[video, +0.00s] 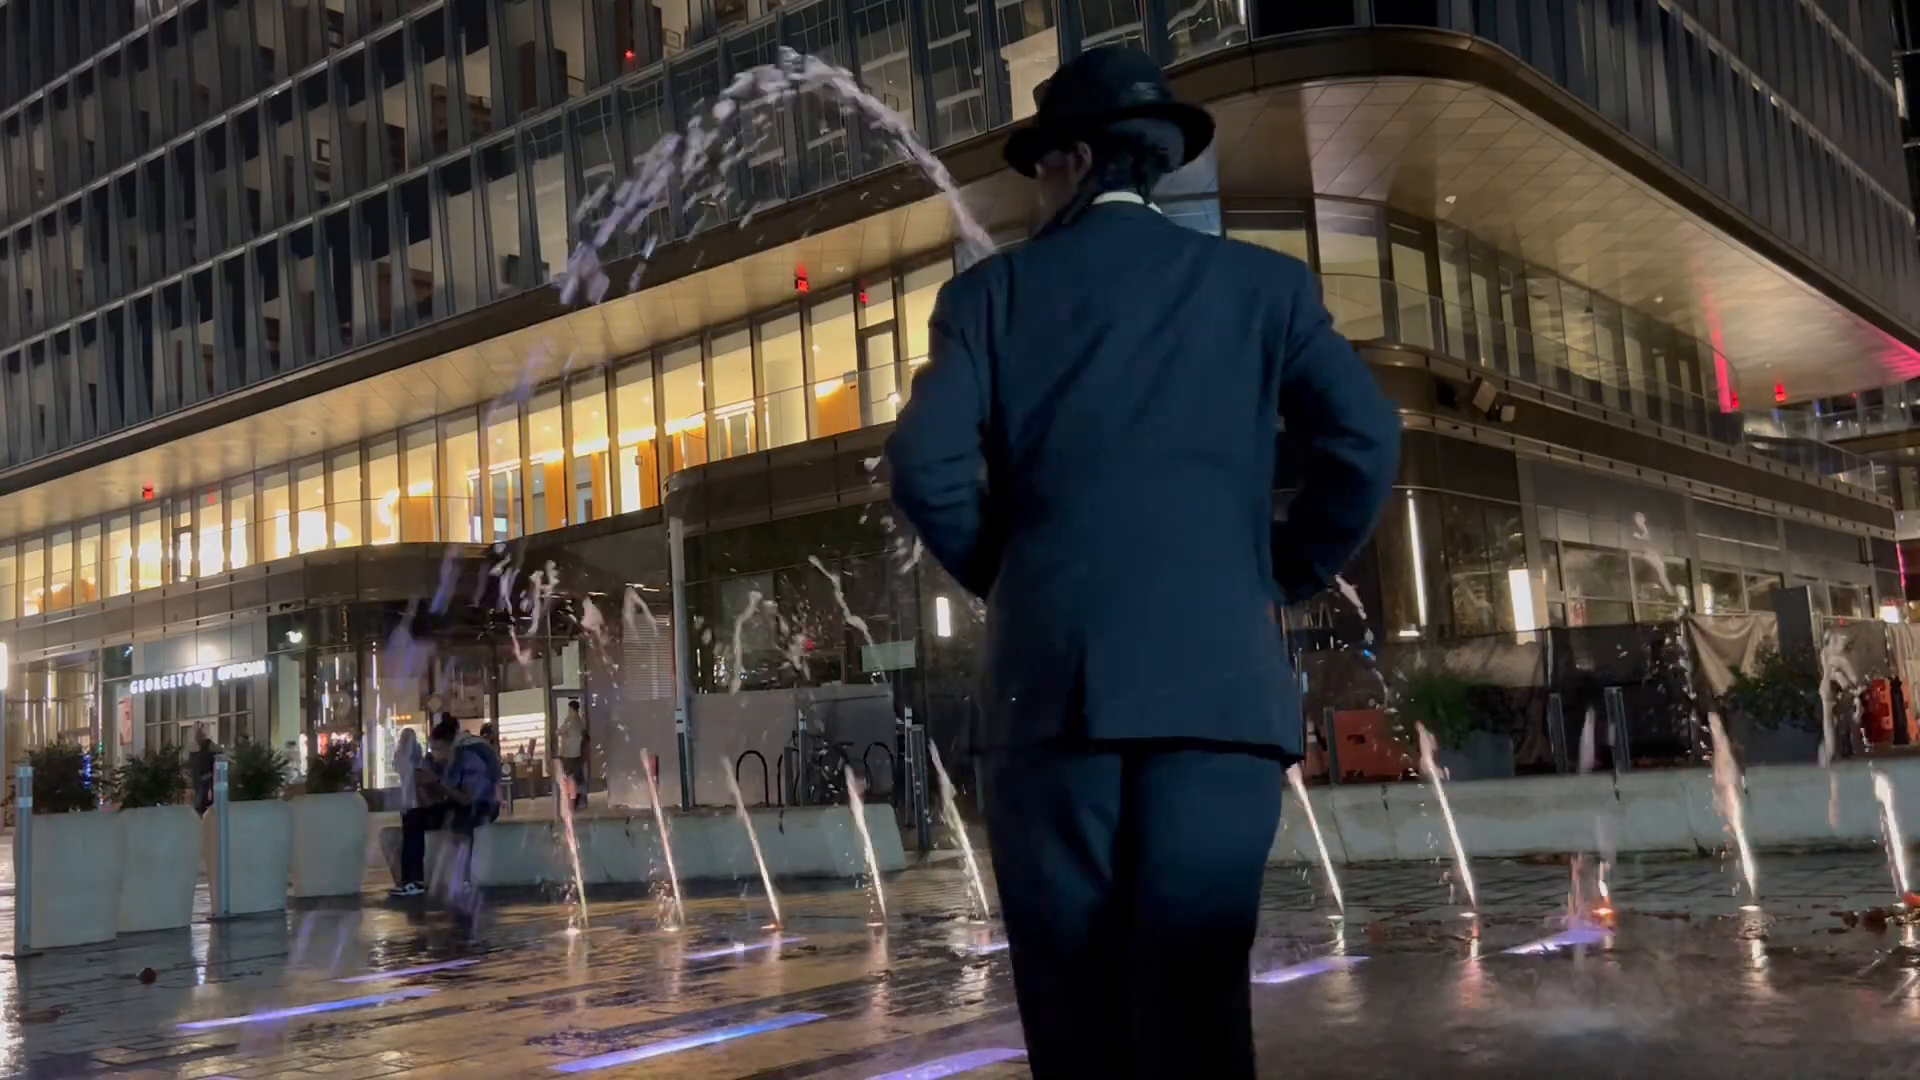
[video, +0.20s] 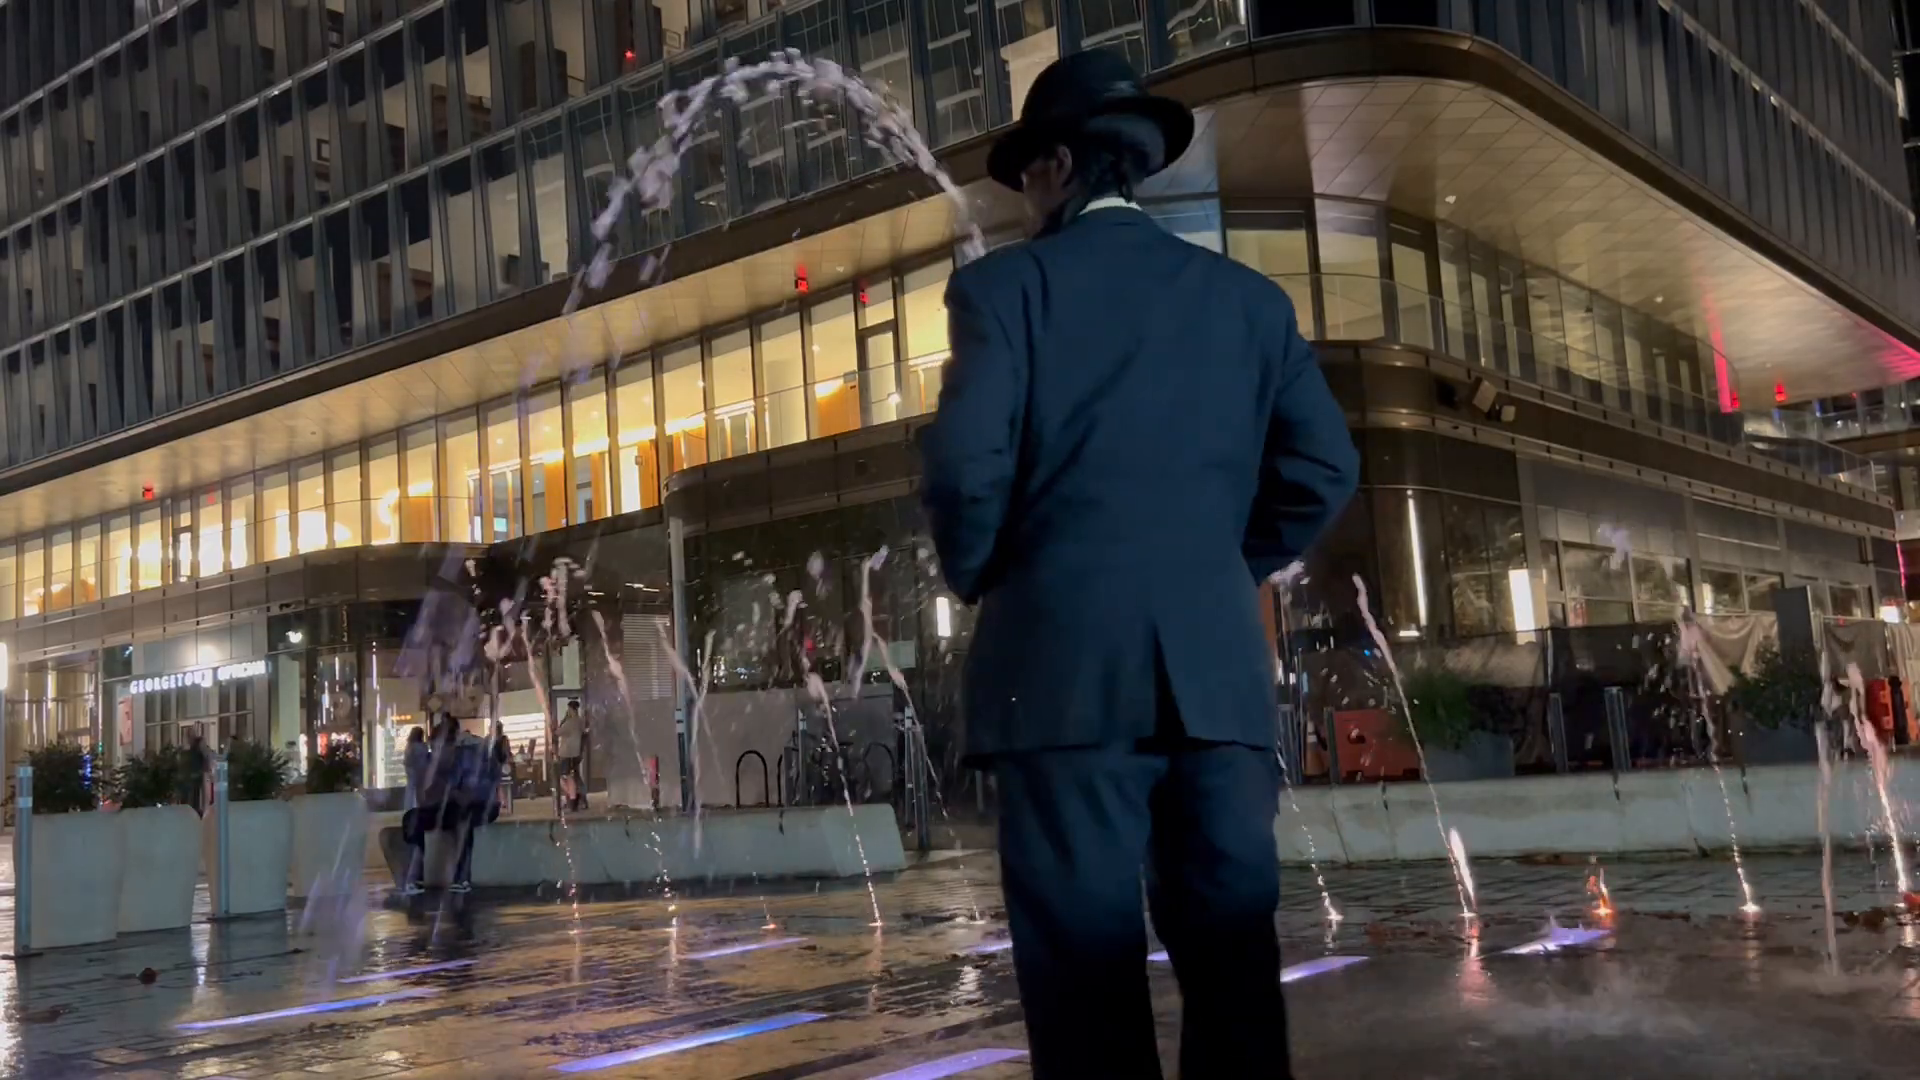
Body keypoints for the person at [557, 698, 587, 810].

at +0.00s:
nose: (569, 711)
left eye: (570, 709)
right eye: (569, 709)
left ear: (571, 709)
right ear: (577, 709)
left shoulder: (570, 720)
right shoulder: (581, 721)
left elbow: (563, 731)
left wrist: (558, 732)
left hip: (569, 754)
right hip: (577, 754)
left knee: (571, 778)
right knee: (578, 778)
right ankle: (581, 799)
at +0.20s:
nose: (568, 711)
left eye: (569, 709)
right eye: (569, 709)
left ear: (570, 709)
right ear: (577, 709)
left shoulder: (569, 722)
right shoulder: (580, 721)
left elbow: (559, 732)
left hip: (566, 754)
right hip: (576, 753)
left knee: (565, 777)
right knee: (575, 776)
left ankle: (572, 799)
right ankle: (579, 798)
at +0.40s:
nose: (566, 711)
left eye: (567, 709)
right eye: (567, 709)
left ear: (570, 709)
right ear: (577, 709)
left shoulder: (569, 722)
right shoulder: (578, 721)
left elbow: (558, 732)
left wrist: (561, 720)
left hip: (565, 753)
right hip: (574, 753)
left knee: (562, 776)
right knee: (572, 776)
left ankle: (570, 798)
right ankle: (574, 798)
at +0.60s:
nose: (567, 710)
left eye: (568, 708)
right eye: (568, 708)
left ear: (571, 708)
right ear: (576, 708)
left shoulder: (572, 721)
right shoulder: (578, 721)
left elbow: (561, 732)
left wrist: (557, 733)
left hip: (567, 753)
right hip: (573, 752)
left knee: (569, 778)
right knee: (570, 778)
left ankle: (572, 801)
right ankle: (577, 798)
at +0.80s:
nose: (565, 710)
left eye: (566, 708)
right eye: (566, 708)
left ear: (568, 708)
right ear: (575, 708)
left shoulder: (570, 719)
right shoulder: (577, 720)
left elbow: (562, 731)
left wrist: (556, 733)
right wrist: (561, 731)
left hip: (567, 753)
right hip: (573, 753)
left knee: (568, 778)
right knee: (571, 777)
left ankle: (572, 800)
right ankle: (575, 797)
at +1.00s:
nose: (564, 711)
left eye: (565, 709)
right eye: (564, 709)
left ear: (567, 709)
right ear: (573, 709)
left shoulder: (567, 720)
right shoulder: (577, 720)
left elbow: (558, 732)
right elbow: (573, 735)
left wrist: (559, 727)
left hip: (564, 753)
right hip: (573, 752)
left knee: (560, 779)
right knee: (571, 778)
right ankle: (573, 801)